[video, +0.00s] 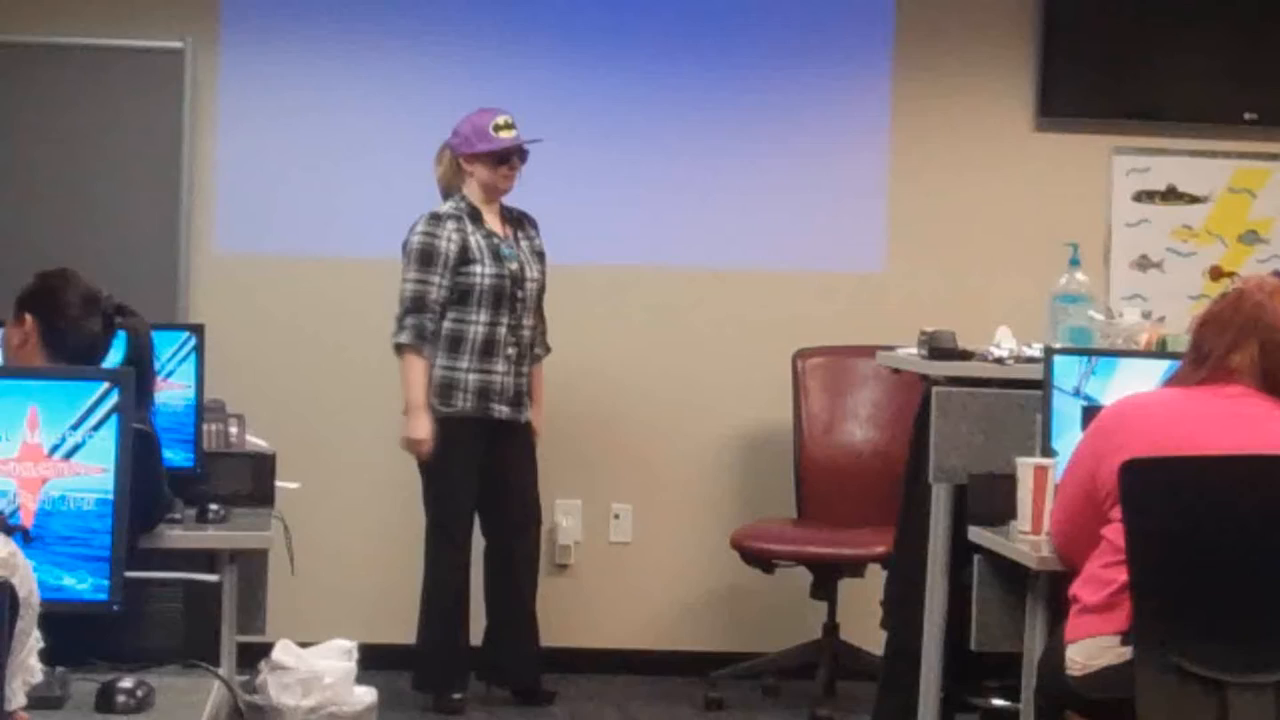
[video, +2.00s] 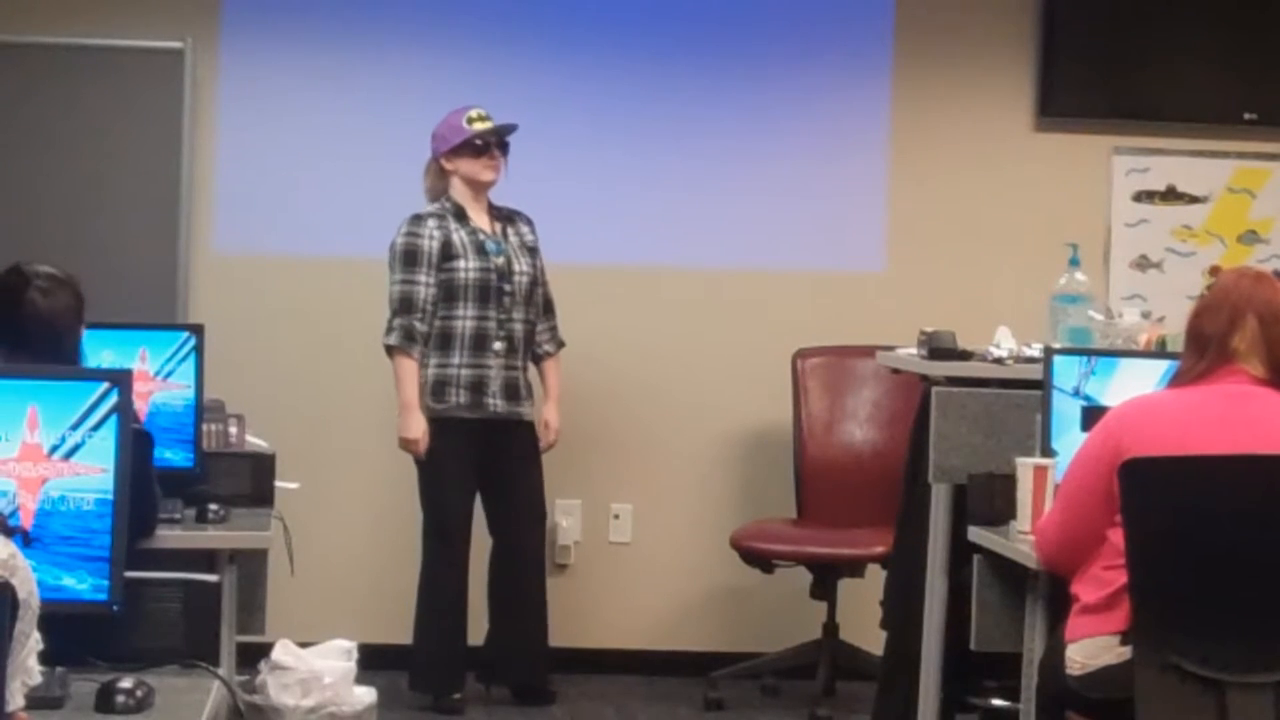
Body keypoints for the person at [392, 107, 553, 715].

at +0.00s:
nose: (508, 169)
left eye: (514, 159)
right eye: (496, 159)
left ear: (520, 165)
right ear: (463, 162)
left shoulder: (525, 232)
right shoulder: (437, 228)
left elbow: (534, 332)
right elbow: (414, 327)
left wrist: (535, 409)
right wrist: (416, 409)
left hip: (510, 420)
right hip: (451, 417)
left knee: (516, 546)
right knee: (449, 550)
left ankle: (514, 669)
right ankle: (441, 679)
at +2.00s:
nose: (493, 157)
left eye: (497, 148)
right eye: (478, 149)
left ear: (501, 159)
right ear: (447, 160)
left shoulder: (518, 230)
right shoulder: (422, 229)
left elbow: (542, 320)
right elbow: (404, 329)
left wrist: (551, 397)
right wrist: (410, 409)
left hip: (513, 417)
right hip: (447, 418)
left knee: (522, 547)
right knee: (447, 552)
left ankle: (519, 673)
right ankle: (439, 681)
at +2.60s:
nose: (497, 160)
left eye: (500, 152)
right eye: (482, 153)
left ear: (502, 163)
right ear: (450, 163)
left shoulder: (517, 233)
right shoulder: (424, 232)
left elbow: (539, 323)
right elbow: (407, 330)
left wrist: (550, 398)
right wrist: (420, 407)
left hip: (513, 418)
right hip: (449, 418)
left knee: (533, 539)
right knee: (454, 548)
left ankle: (517, 673)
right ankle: (438, 683)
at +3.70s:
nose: (461, 168)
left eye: (476, 160)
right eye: (456, 159)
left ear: (508, 170)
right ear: (451, 169)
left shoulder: (543, 241)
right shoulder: (426, 236)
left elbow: (562, 334)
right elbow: (393, 326)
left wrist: (566, 415)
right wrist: (376, 405)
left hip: (522, 416)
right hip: (439, 413)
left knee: (536, 541)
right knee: (439, 545)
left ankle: (531, 691)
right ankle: (440, 683)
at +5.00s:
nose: (511, 165)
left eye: (526, 155)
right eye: (499, 153)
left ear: (548, 166)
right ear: (483, 162)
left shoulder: (572, 240)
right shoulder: (449, 236)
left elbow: (572, 335)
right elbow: (414, 329)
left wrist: (526, 389)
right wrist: (411, 402)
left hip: (543, 430)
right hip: (457, 426)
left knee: (557, 572)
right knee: (453, 568)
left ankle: (524, 706)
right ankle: (454, 703)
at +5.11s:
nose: (536, 177)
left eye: (547, 168)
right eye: (521, 167)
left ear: (558, 180)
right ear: (492, 178)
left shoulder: (576, 257)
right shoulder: (450, 249)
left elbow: (594, 366)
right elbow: (407, 349)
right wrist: (400, 440)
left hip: (549, 450)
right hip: (460, 449)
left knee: (580, 580)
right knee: (454, 592)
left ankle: (533, 714)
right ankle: (446, 714)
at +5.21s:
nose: (556, 163)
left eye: (564, 154)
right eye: (540, 154)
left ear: (571, 164)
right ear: (506, 161)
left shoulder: (589, 240)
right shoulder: (465, 229)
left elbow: (632, 326)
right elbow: (424, 316)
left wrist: (667, 413)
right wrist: (440, 393)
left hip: (556, 433)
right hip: (471, 430)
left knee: (575, 569)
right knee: (458, 575)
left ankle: (569, 711)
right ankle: (437, 711)